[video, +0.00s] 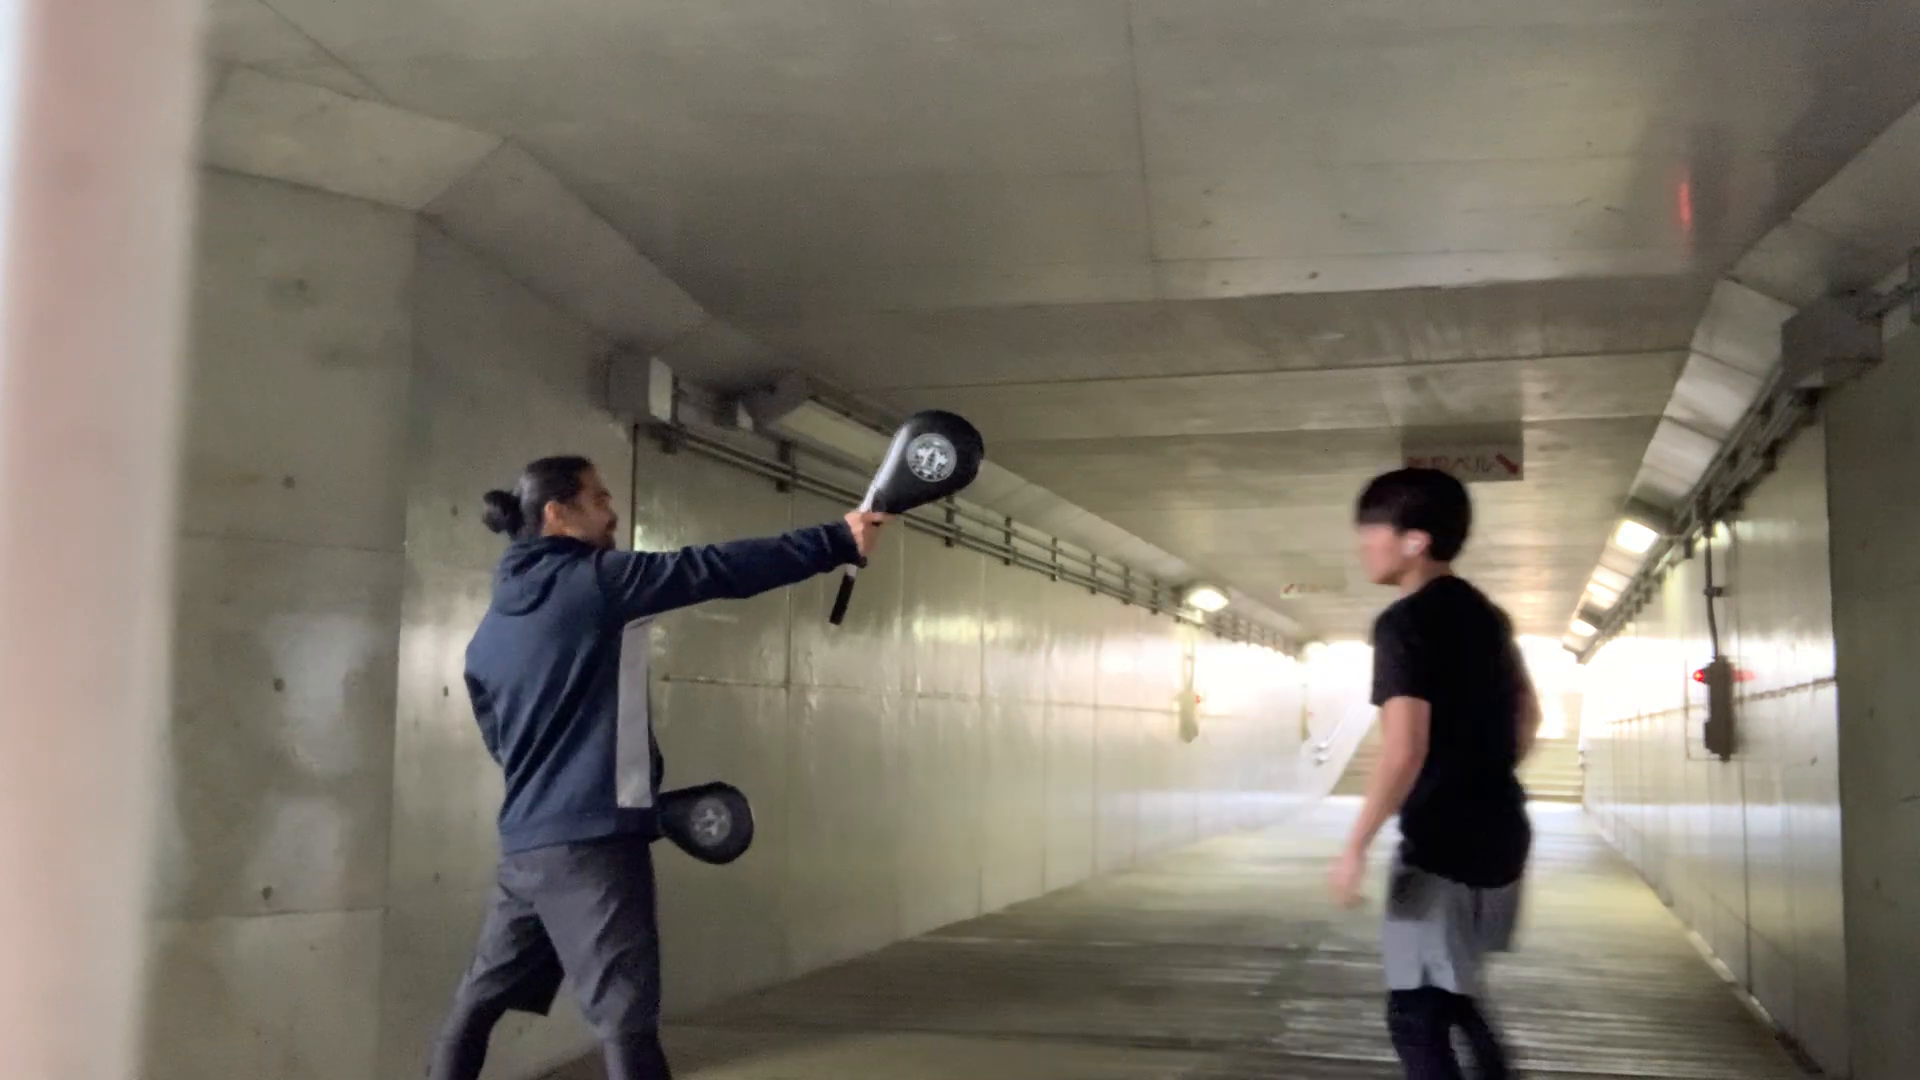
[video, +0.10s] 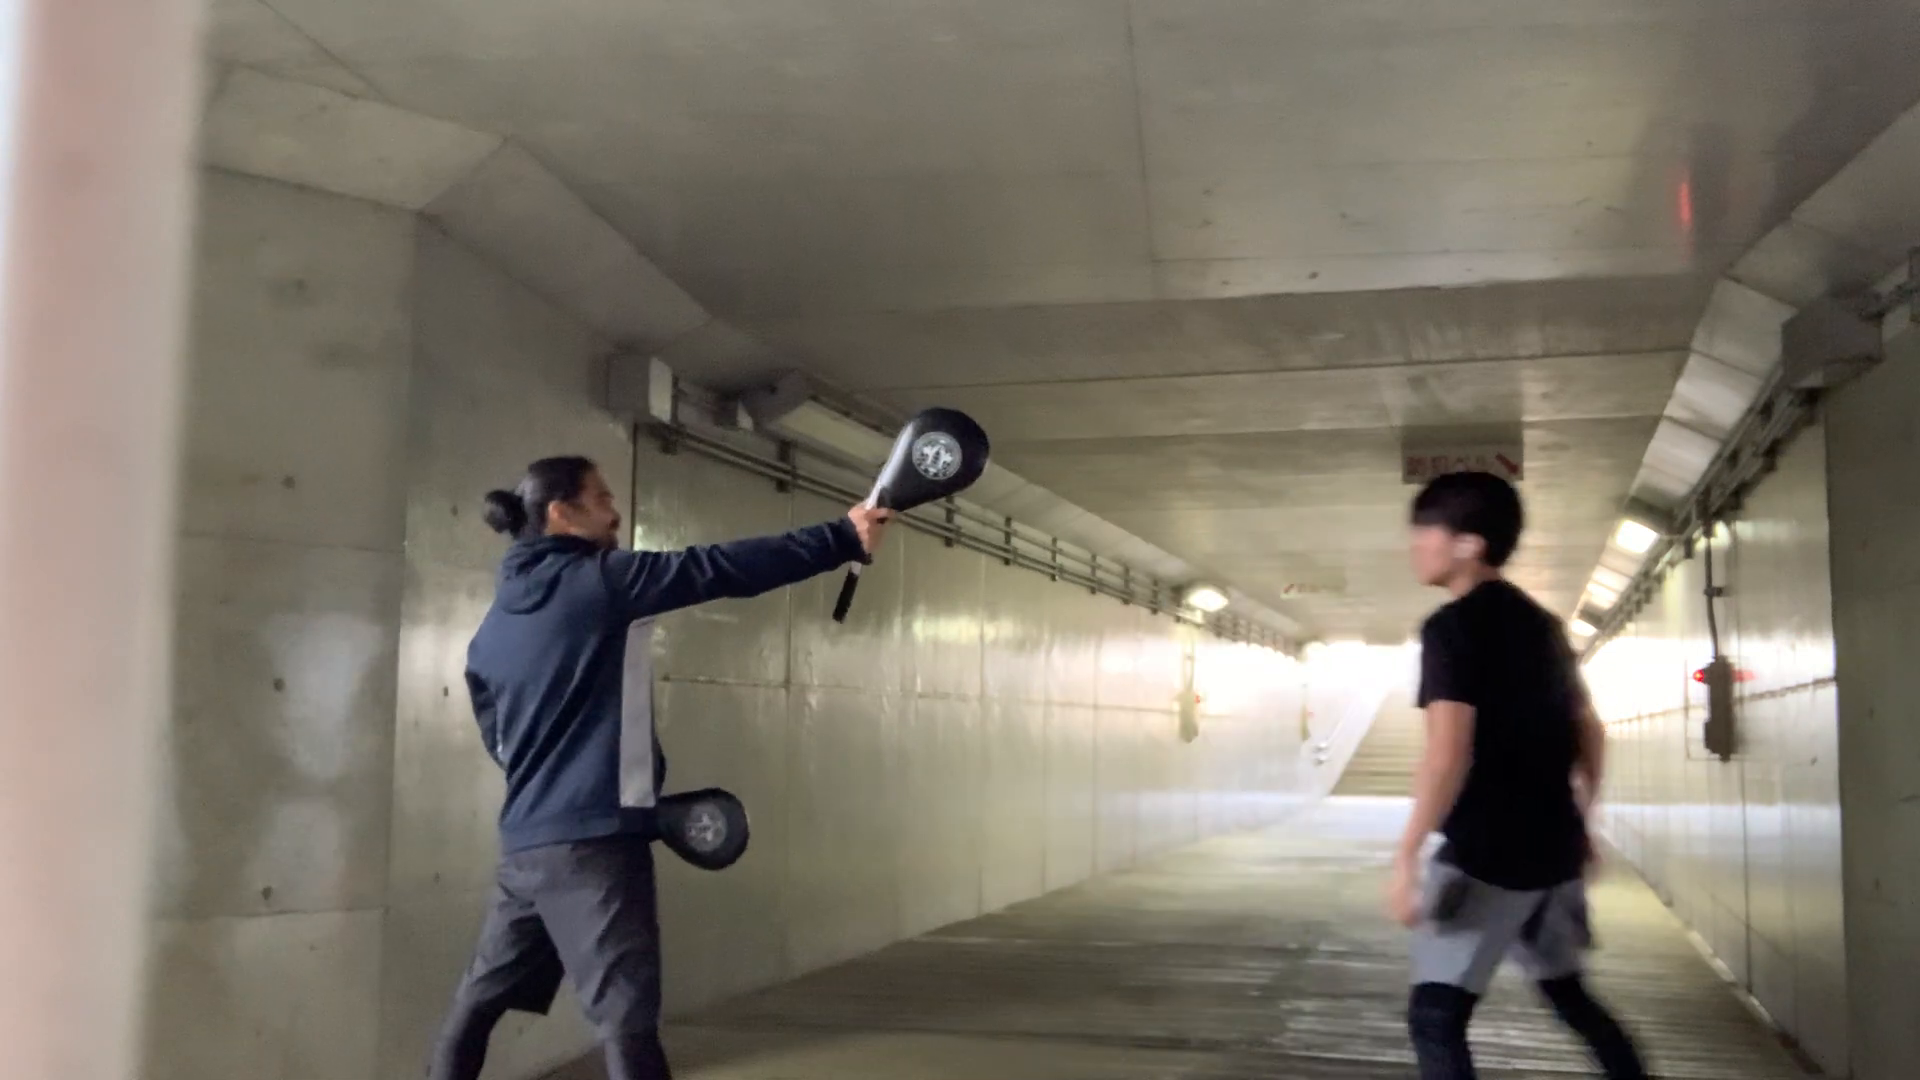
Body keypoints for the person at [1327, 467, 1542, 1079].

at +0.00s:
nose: (1361, 541)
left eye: (1372, 527)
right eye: (1363, 527)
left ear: (1415, 542)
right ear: (1421, 543)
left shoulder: (1405, 621)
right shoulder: (1485, 614)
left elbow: (1405, 749)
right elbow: (1525, 718)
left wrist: (1356, 846)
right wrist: (1480, 772)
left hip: (1441, 844)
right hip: (1500, 836)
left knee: (1415, 1017)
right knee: (1458, 996)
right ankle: (1499, 1070)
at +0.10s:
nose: (1413, 544)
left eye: (1424, 530)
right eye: (1415, 530)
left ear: (1469, 544)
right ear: (1478, 547)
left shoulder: (1452, 627)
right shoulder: (1540, 623)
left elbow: (1448, 755)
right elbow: (1589, 734)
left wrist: (1407, 856)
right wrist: (1580, 819)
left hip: (1486, 855)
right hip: (1555, 848)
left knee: (1435, 1019)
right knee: (1569, 994)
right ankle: (1632, 1070)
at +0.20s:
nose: (1477, 549)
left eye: (1492, 538)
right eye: (1482, 535)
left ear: (1540, 559)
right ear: (1546, 562)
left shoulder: (1509, 637)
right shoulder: (1593, 632)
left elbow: (1504, 768)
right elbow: (1634, 747)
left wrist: (1463, 868)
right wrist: (1654, 836)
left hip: (1539, 865)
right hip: (1613, 860)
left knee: (1468, 1022)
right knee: (1665, 1016)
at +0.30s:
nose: (1543, 575)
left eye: (1560, 564)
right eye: (1548, 561)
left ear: (1607, 588)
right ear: (1610, 594)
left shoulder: (1571, 659)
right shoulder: (1650, 665)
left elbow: (1561, 783)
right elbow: (1690, 789)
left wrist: (1516, 894)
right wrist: (1701, 895)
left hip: (1612, 894)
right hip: (1685, 891)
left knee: (1506, 1032)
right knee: (1726, 1051)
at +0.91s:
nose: (1575, 576)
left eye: (1586, 561)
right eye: (1578, 562)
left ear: (1632, 573)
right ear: (1641, 576)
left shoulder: (1600, 647)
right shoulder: (1711, 656)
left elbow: (1589, 755)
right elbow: (1772, 768)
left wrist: (1556, 835)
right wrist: (1738, 847)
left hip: (1642, 884)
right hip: (1731, 885)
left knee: (1568, 1045)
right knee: (1744, 1046)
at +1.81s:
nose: (1628, 534)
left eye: (1644, 523)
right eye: (1635, 520)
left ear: (1688, 546)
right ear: (1691, 551)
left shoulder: (1637, 603)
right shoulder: (1745, 636)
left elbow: (1630, 693)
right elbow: (1795, 755)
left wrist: (1573, 777)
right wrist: (1729, 801)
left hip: (1650, 852)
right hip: (1738, 859)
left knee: (1561, 1007)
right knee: (1791, 1025)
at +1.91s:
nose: (1595, 578)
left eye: (1613, 568)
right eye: (1601, 565)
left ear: (1660, 596)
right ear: (1663, 599)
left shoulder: (1635, 657)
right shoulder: (1701, 682)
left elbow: (1644, 748)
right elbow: (1702, 803)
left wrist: (1553, 841)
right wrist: (1616, 849)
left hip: (1655, 902)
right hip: (1728, 904)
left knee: (1516, 1014)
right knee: (1789, 1059)